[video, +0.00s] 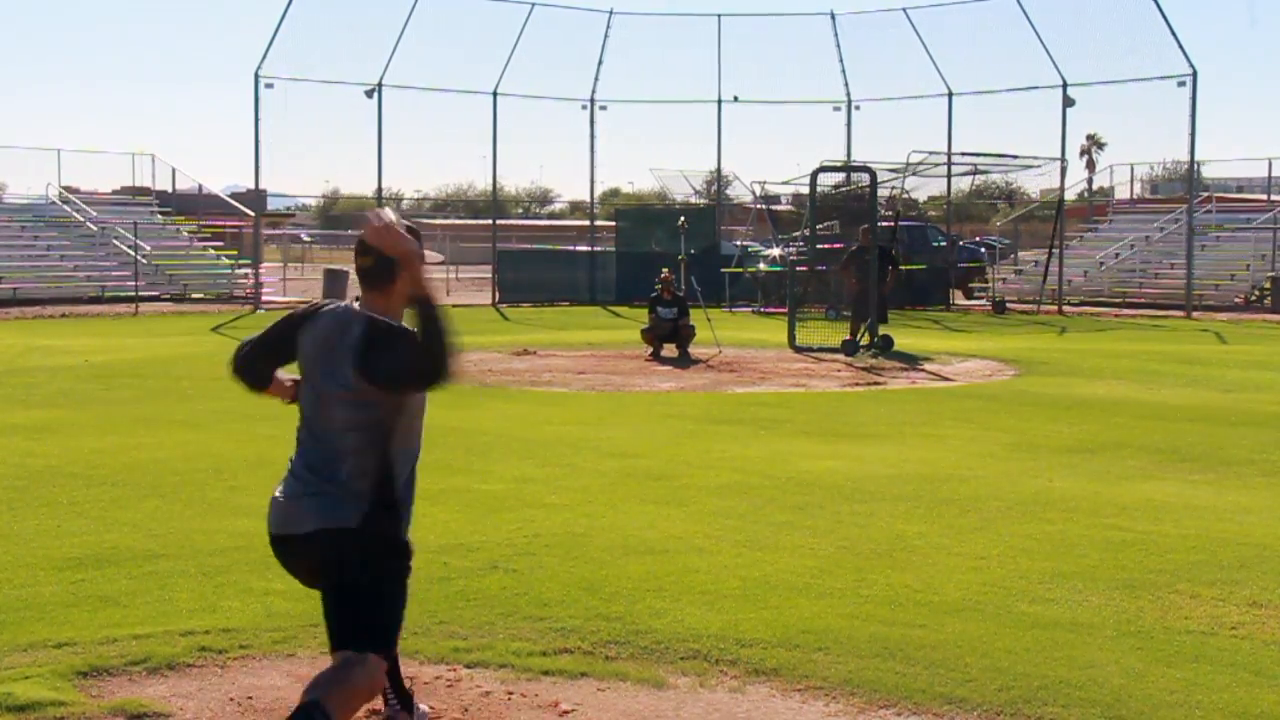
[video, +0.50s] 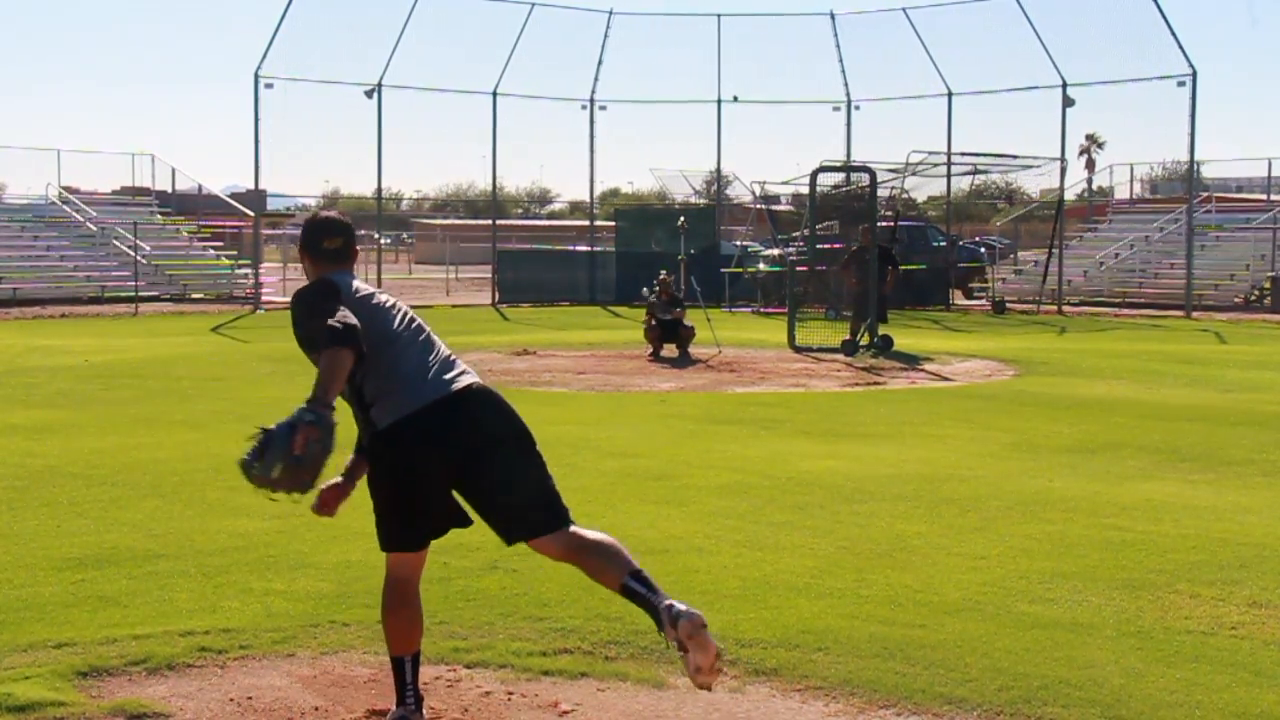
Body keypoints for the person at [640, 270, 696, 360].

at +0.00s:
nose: (667, 286)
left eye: (669, 283)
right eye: (664, 283)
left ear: (673, 284)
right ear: (660, 284)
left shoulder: (680, 299)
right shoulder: (654, 299)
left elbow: (685, 319)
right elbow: (652, 318)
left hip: (676, 327)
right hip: (660, 328)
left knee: (689, 329)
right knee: (645, 332)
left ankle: (682, 349)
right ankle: (656, 347)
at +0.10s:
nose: (667, 287)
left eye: (670, 284)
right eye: (664, 284)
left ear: (674, 285)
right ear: (660, 285)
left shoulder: (680, 299)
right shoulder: (656, 300)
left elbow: (685, 319)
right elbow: (651, 321)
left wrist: (672, 324)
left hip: (676, 328)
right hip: (661, 329)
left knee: (688, 329)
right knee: (646, 332)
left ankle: (683, 349)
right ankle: (656, 347)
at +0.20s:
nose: (667, 286)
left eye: (670, 283)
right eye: (665, 284)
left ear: (673, 285)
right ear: (661, 285)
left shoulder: (680, 299)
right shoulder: (654, 299)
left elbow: (685, 319)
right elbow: (651, 318)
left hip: (675, 327)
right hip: (660, 327)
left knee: (689, 330)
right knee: (646, 332)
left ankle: (683, 349)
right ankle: (656, 347)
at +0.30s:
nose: (667, 286)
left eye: (669, 283)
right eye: (664, 284)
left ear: (673, 284)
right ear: (660, 285)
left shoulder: (680, 299)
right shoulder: (654, 299)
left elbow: (685, 319)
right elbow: (650, 316)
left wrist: (674, 321)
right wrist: (655, 322)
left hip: (675, 327)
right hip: (660, 327)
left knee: (689, 330)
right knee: (646, 332)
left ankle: (682, 349)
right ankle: (656, 348)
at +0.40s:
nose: (667, 286)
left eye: (669, 283)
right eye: (664, 284)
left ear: (673, 284)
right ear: (660, 285)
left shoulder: (679, 299)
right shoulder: (654, 299)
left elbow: (685, 317)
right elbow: (649, 314)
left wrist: (675, 317)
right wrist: (652, 320)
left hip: (675, 325)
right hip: (660, 325)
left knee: (688, 330)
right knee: (648, 331)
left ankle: (683, 349)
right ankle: (656, 348)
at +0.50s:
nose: (664, 288)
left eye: (666, 285)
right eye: (661, 285)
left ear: (670, 286)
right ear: (658, 286)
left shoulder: (676, 299)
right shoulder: (653, 300)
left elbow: (682, 313)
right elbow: (649, 316)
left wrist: (672, 312)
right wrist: (648, 322)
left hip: (675, 324)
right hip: (660, 324)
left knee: (689, 330)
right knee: (649, 330)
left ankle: (683, 349)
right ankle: (656, 348)